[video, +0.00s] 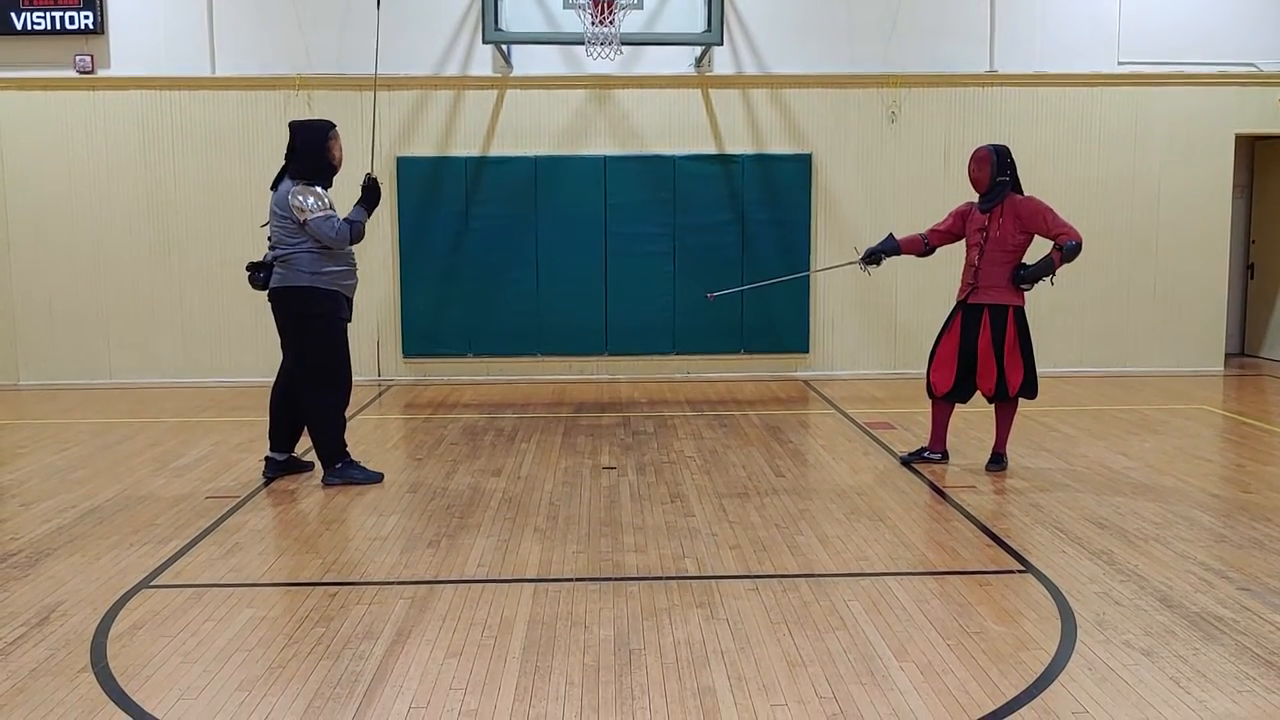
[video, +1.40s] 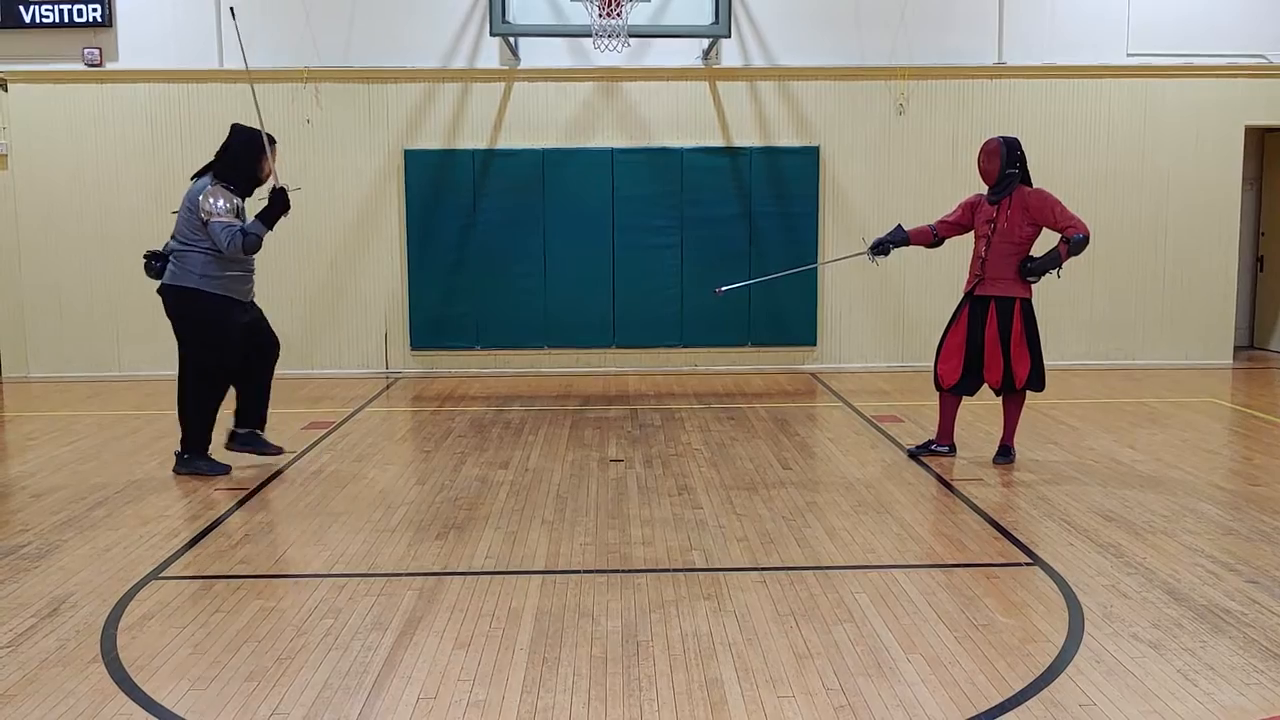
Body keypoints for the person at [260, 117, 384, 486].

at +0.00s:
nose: (341, 152)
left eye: (339, 144)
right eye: (335, 145)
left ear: (308, 151)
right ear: (317, 150)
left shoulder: (293, 188)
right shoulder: (303, 191)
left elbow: (288, 243)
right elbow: (337, 234)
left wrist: (269, 264)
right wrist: (364, 206)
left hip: (296, 292)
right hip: (311, 295)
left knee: (296, 372)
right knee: (330, 377)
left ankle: (279, 456)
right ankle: (336, 463)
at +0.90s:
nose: (337, 177)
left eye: (339, 169)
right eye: (335, 168)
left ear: (308, 164)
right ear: (315, 164)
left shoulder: (285, 194)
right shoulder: (276, 193)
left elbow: (274, 247)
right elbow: (294, 243)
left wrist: (239, 259)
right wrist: (329, 212)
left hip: (270, 292)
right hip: (269, 293)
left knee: (287, 366)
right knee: (318, 358)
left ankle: (286, 448)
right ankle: (315, 449)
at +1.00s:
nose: (328, 178)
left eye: (329, 170)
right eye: (326, 169)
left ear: (298, 165)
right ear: (306, 166)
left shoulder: (281, 196)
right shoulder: (265, 192)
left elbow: (264, 246)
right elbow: (284, 244)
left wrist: (228, 259)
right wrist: (319, 213)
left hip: (273, 293)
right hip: (252, 293)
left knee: (299, 362)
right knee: (299, 361)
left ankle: (282, 442)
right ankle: (267, 442)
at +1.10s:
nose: (317, 177)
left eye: (318, 169)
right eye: (315, 168)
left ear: (287, 165)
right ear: (295, 165)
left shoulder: (271, 197)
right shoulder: (255, 192)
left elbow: (251, 246)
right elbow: (274, 244)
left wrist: (215, 260)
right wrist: (309, 214)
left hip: (269, 298)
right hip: (240, 296)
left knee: (284, 371)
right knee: (261, 374)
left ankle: (284, 449)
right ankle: (217, 436)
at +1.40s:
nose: (272, 169)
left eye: (272, 162)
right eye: (268, 161)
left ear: (242, 161)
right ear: (249, 160)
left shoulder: (226, 192)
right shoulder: (212, 191)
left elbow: (196, 236)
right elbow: (235, 243)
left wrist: (170, 256)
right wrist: (270, 213)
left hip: (227, 295)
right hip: (195, 293)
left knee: (263, 349)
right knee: (206, 369)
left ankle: (246, 432)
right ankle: (192, 453)